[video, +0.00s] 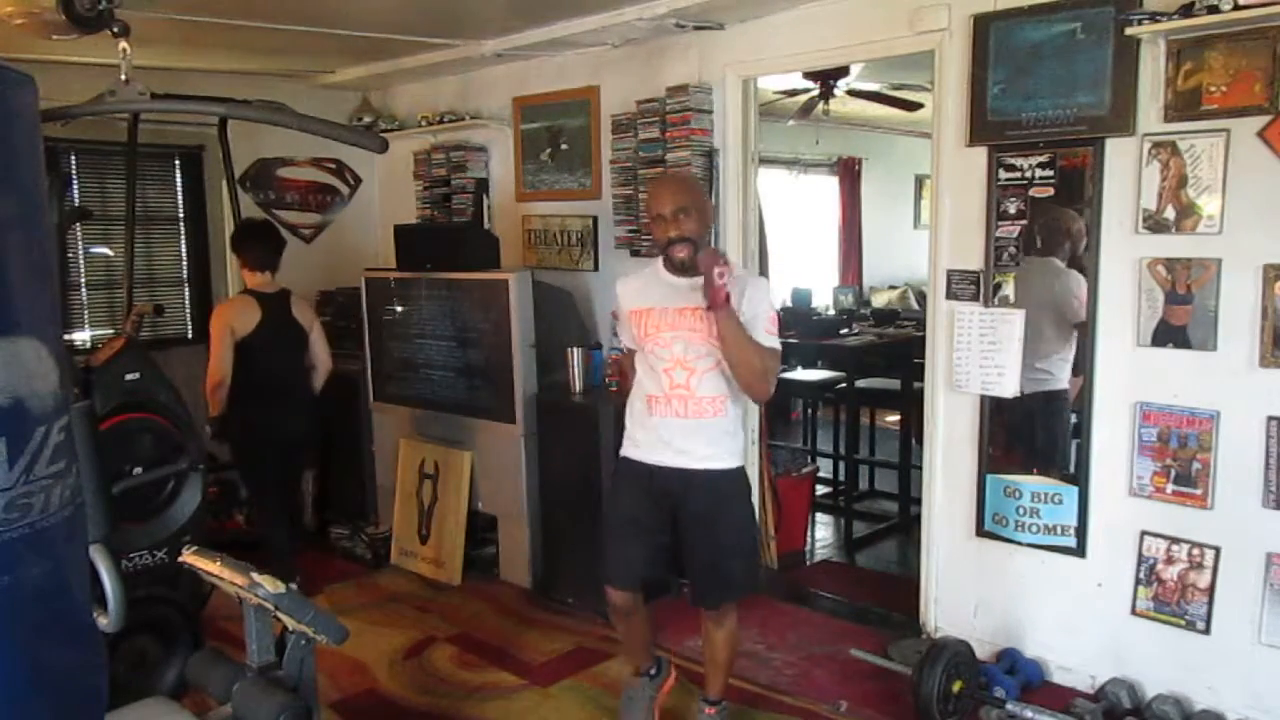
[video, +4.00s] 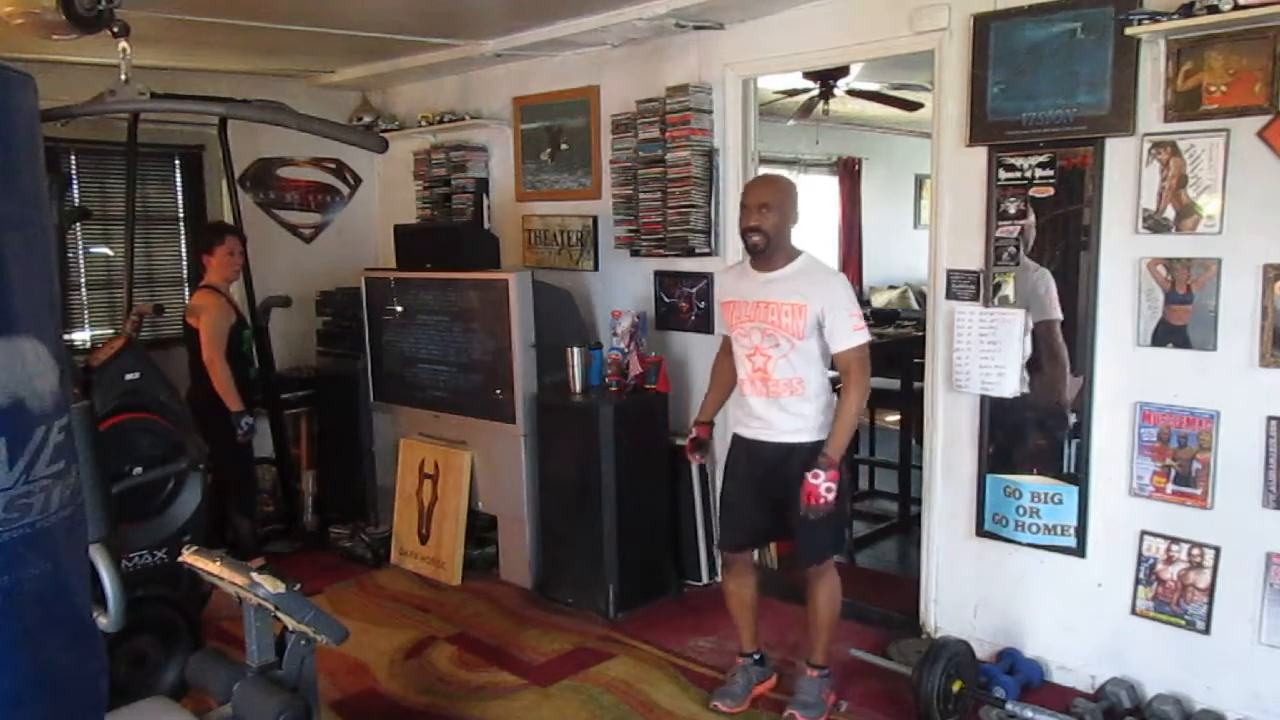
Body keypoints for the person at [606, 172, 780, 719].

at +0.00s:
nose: (671, 229)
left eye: (682, 214)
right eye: (658, 219)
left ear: (708, 215)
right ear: (646, 228)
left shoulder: (748, 290)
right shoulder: (631, 291)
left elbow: (762, 386)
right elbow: (629, 372)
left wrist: (721, 307)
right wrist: (622, 383)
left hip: (715, 472)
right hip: (641, 466)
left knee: (718, 602)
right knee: (621, 591)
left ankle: (712, 705)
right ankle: (650, 670)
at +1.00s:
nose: (633, 225)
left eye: (646, 204)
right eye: (617, 212)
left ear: (682, 206)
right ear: (607, 223)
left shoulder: (737, 300)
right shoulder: (580, 309)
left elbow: (756, 414)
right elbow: (566, 436)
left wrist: (692, 307)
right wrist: (586, 555)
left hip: (714, 548)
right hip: (615, 552)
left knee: (734, 708)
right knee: (622, 704)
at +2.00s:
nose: (636, 230)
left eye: (650, 208)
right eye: (634, 211)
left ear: (711, 210)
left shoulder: (783, 311)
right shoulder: (646, 317)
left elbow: (737, 444)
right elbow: (632, 439)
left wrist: (685, 316)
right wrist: (552, 530)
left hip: (729, 590)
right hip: (635, 578)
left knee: (733, 709)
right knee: (612, 709)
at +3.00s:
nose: (744, 215)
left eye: (757, 202)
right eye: (732, 203)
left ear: (781, 209)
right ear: (719, 214)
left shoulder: (827, 290)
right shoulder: (700, 291)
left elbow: (868, 390)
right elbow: (683, 389)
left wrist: (877, 487)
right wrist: (657, 474)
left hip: (793, 487)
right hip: (711, 482)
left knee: (794, 628)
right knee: (682, 614)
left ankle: (793, 716)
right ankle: (715, 685)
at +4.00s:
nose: (751, 219)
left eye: (764, 210)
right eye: (745, 210)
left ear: (791, 219)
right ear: (739, 217)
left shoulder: (826, 284)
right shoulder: (730, 279)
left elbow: (857, 378)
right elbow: (730, 351)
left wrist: (830, 458)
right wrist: (704, 417)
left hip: (809, 448)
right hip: (745, 444)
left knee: (817, 564)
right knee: (735, 554)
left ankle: (815, 674)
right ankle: (750, 662)